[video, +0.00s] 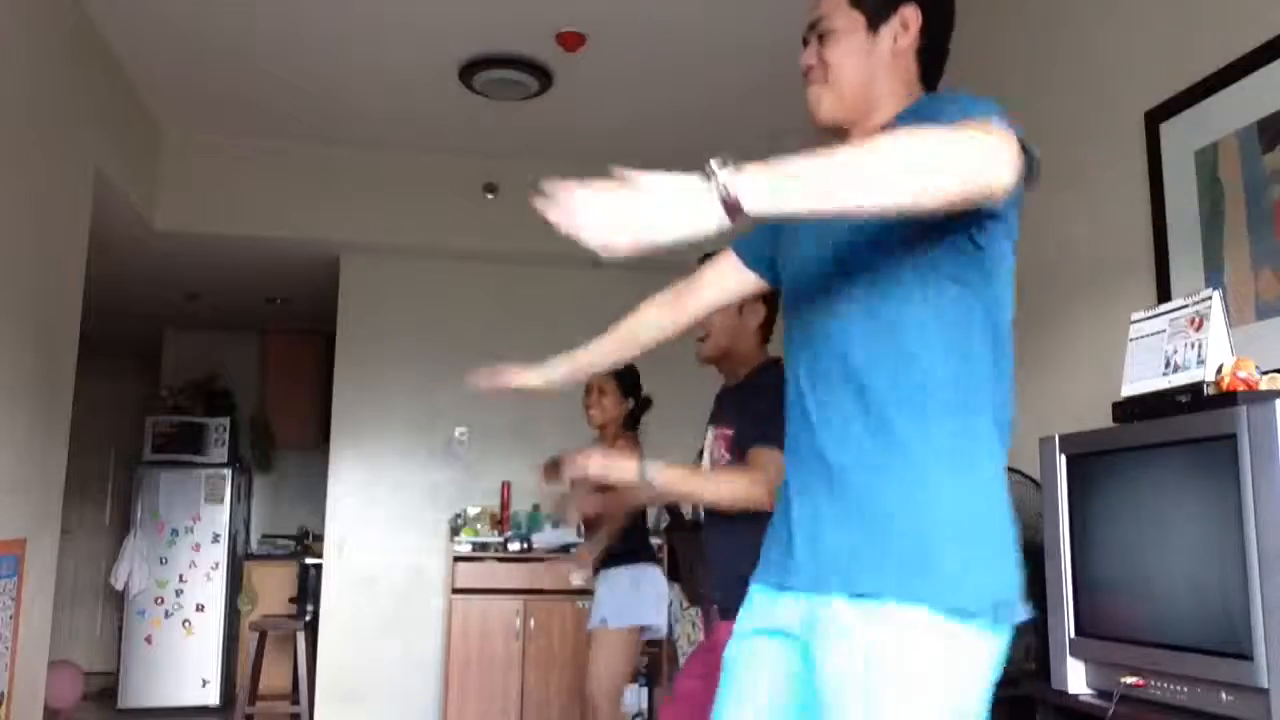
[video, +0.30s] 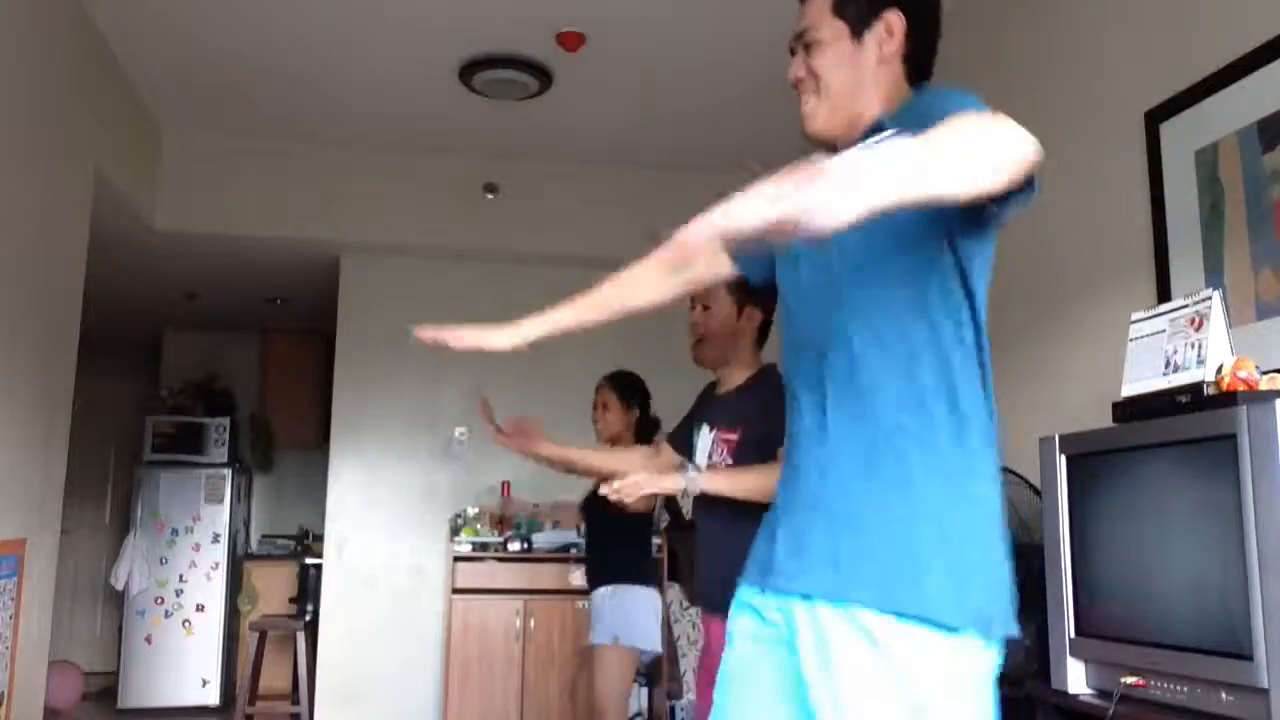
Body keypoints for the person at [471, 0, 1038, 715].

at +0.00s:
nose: (804, 58)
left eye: (824, 34)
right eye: (807, 41)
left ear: (901, 30)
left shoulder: (949, 120)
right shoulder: (810, 196)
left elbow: (988, 163)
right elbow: (689, 298)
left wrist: (717, 193)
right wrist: (561, 370)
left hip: (920, 582)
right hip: (792, 577)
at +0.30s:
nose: (793, 71)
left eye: (809, 43)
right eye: (793, 53)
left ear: (885, 36)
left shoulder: (935, 118)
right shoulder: (814, 193)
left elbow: (1005, 150)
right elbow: (686, 259)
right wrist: (519, 331)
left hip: (909, 587)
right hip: (781, 580)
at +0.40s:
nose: (781, 68)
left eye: (797, 42)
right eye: (778, 51)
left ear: (871, 36)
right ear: (812, 61)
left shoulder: (917, 127)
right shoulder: (797, 194)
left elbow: (1076, 116)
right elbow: (698, 267)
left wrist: (1252, 78)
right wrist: (580, 303)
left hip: (886, 573)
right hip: (791, 563)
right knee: (765, 711)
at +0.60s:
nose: (756, 119)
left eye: (773, 93)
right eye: (755, 103)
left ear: (851, 85)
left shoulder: (904, 179)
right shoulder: (801, 255)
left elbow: (1021, 208)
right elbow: (731, 390)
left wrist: (1225, 222)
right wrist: (715, 338)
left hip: (863, 630)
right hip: (799, 622)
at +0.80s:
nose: (805, 61)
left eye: (832, 35)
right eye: (791, 43)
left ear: (893, 45)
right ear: (779, 61)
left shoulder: (925, 116)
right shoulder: (787, 192)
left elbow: (1060, 153)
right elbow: (685, 310)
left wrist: (939, 201)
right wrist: (527, 353)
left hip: (904, 565)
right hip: (797, 559)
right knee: (783, 710)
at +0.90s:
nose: (829, 59)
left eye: (854, 32)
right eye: (810, 39)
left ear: (914, 40)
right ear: (797, 59)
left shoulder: (960, 127)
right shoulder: (806, 195)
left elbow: (1114, 178)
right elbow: (687, 300)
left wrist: (874, 220)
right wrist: (542, 393)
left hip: (934, 575)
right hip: (801, 571)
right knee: (749, 712)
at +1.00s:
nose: (843, 87)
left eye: (869, 61)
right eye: (824, 69)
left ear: (927, 71)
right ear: (809, 90)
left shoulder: (979, 170)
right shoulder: (804, 235)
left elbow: (1142, 227)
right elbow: (683, 334)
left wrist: (912, 235)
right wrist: (565, 418)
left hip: (957, 626)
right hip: (803, 617)